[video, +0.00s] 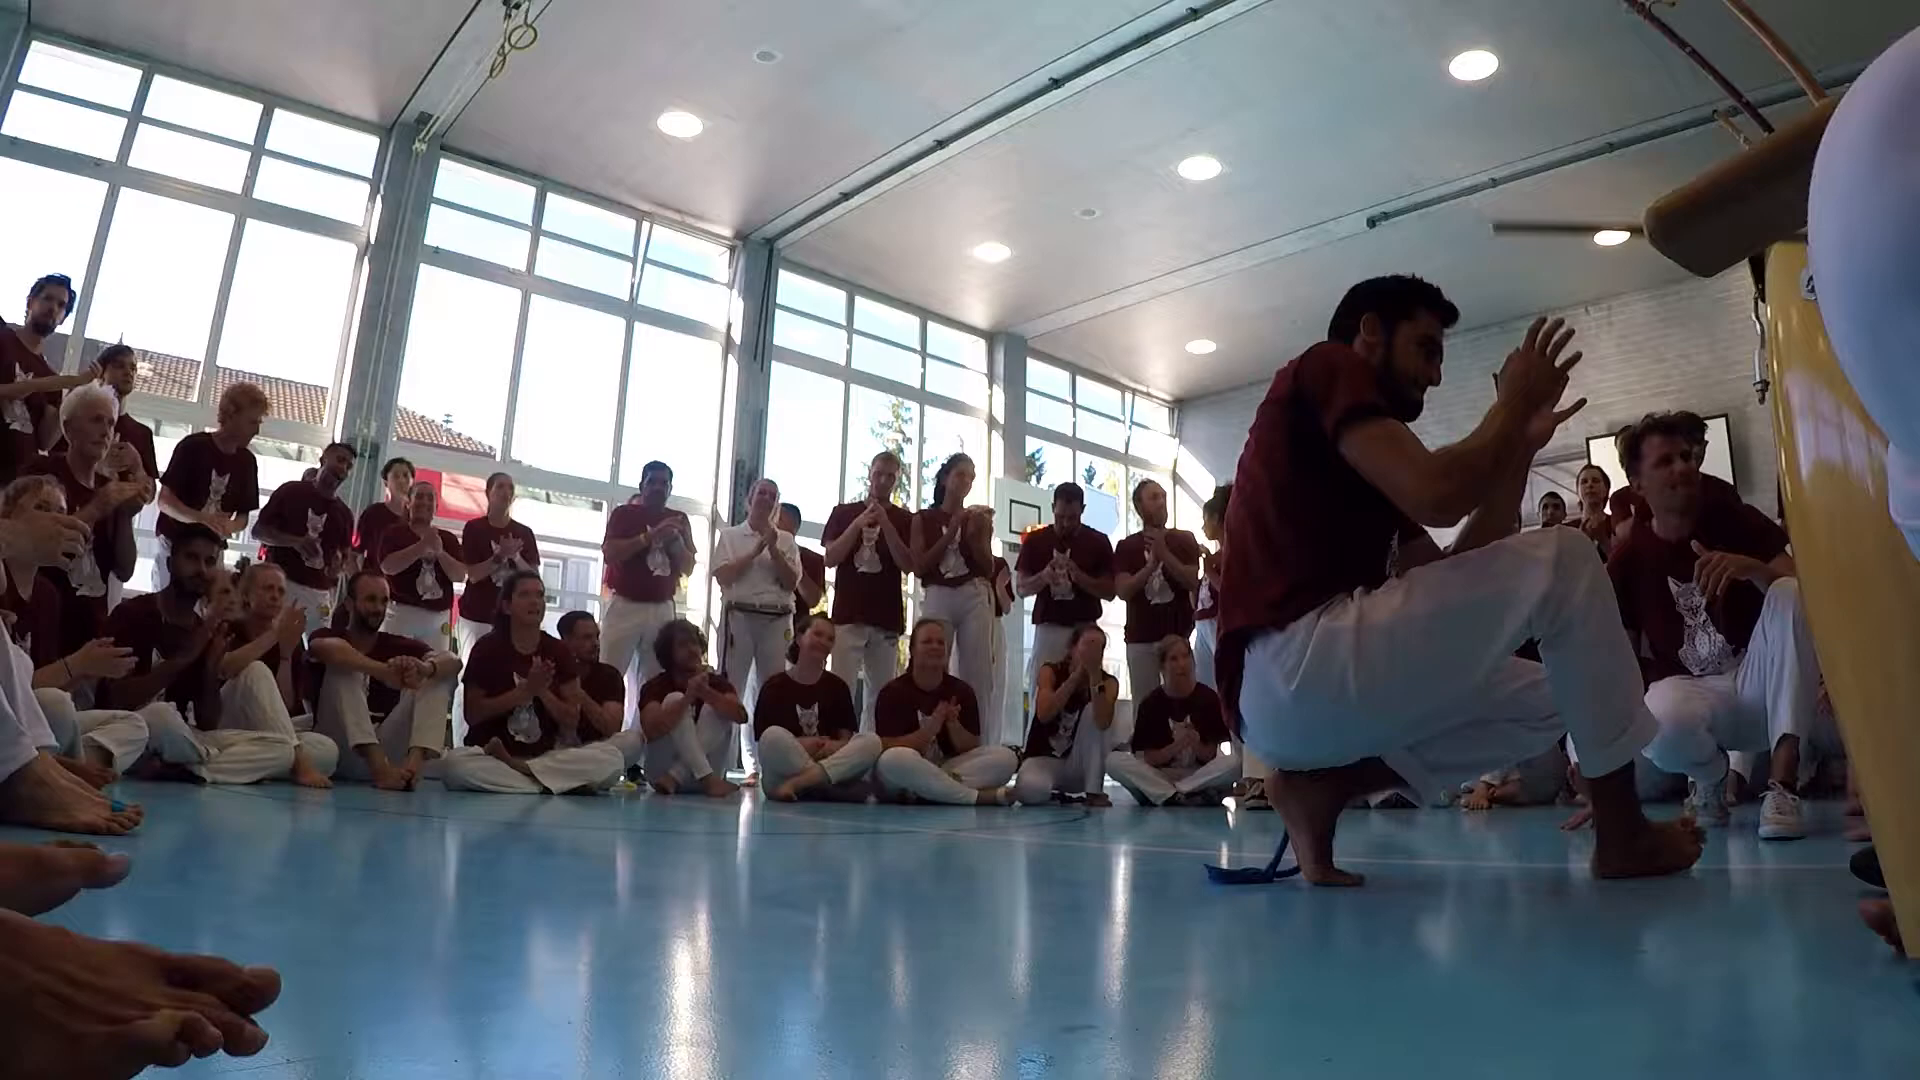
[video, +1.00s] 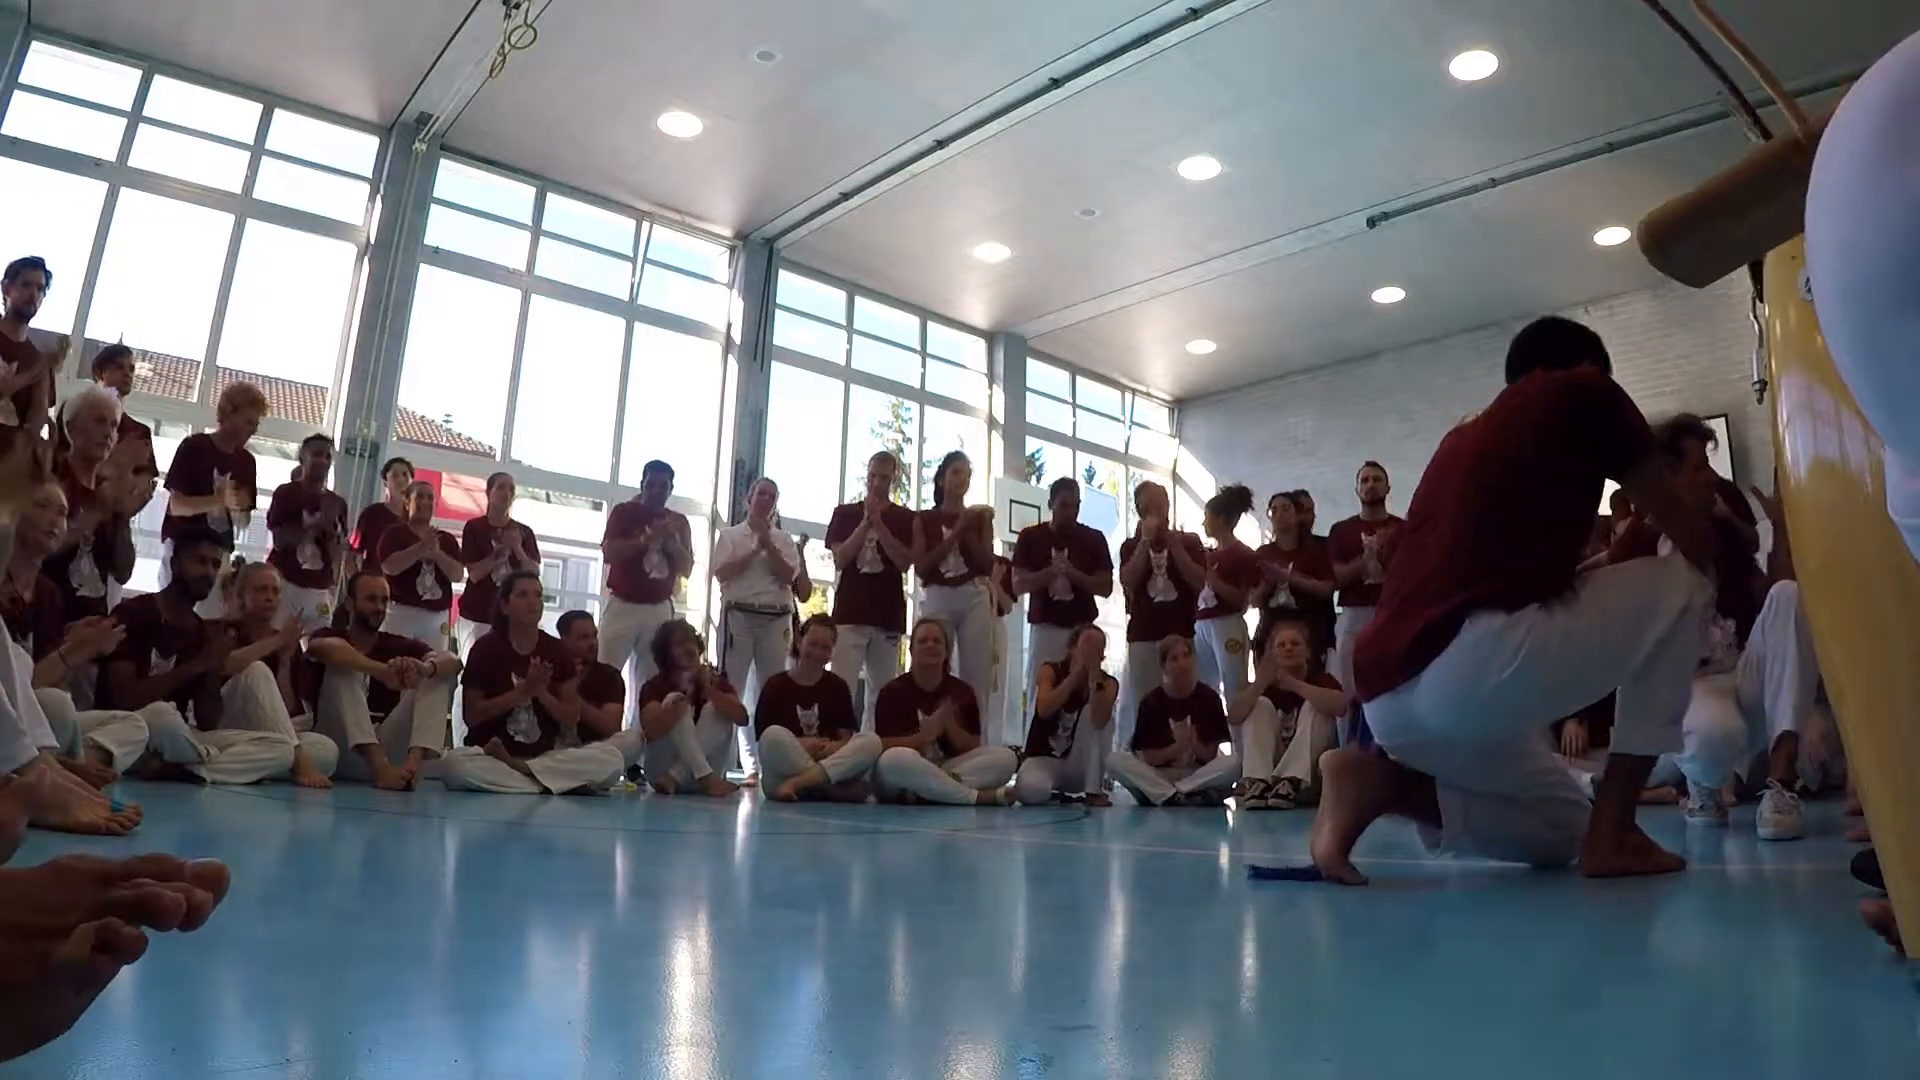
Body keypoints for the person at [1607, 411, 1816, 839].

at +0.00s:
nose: (1681, 471)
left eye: (1687, 458)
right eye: (1664, 463)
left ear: (1700, 463)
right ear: (1637, 481)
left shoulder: (1732, 517)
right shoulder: (1629, 555)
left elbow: (1805, 568)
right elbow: (1616, 658)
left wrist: (1756, 568)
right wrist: (1599, 785)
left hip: (1755, 676)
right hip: (1684, 688)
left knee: (1789, 593)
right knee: (1665, 721)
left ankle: (1782, 783)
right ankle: (1709, 776)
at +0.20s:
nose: (1678, 479)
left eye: (1685, 465)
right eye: (1661, 471)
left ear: (1700, 467)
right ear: (1636, 485)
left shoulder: (1729, 518)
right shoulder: (1625, 551)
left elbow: (1797, 571)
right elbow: (1609, 654)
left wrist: (1754, 562)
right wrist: (1600, 785)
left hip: (1756, 677)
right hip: (1683, 689)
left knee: (1785, 593)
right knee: (1667, 717)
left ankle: (1782, 783)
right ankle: (1709, 777)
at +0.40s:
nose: (1683, 480)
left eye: (1689, 467)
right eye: (1666, 473)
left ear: (1700, 469)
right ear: (1636, 486)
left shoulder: (1731, 526)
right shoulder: (1624, 551)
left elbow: (1785, 593)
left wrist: (1763, 543)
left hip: (1753, 677)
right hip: (1683, 687)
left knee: (1786, 595)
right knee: (1683, 720)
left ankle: (1781, 782)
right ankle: (1705, 777)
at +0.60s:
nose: (1699, 481)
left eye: (1699, 468)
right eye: (1684, 471)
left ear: (1704, 469)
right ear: (1652, 479)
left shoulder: (1728, 524)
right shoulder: (1631, 543)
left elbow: (1774, 597)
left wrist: (1779, 552)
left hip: (1747, 673)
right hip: (1686, 684)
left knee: (1787, 596)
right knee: (1700, 720)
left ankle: (1781, 784)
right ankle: (1704, 783)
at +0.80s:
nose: (1713, 479)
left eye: (1711, 467)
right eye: (1698, 470)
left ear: (1713, 469)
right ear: (1663, 480)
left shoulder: (1727, 534)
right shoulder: (1645, 546)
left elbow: (1773, 597)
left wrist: (1781, 541)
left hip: (1747, 677)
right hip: (1690, 685)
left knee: (1789, 596)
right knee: (1710, 730)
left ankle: (1783, 782)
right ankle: (1706, 784)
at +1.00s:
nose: (1707, 478)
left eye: (1708, 467)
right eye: (1695, 469)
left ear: (1713, 471)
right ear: (1666, 477)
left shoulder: (1731, 535)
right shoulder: (1643, 539)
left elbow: (1778, 594)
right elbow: (1606, 602)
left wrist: (1781, 527)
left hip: (1749, 674)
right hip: (1695, 682)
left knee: (1789, 595)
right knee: (1716, 734)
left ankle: (1781, 779)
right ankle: (1704, 787)